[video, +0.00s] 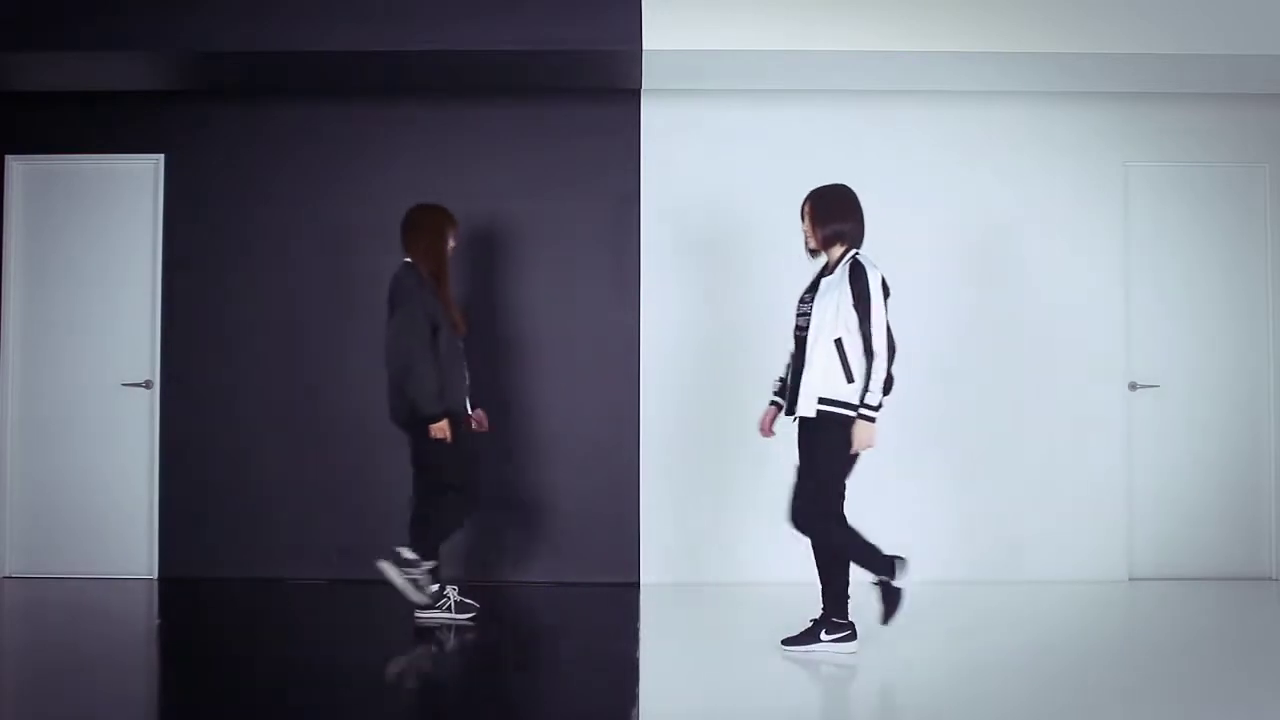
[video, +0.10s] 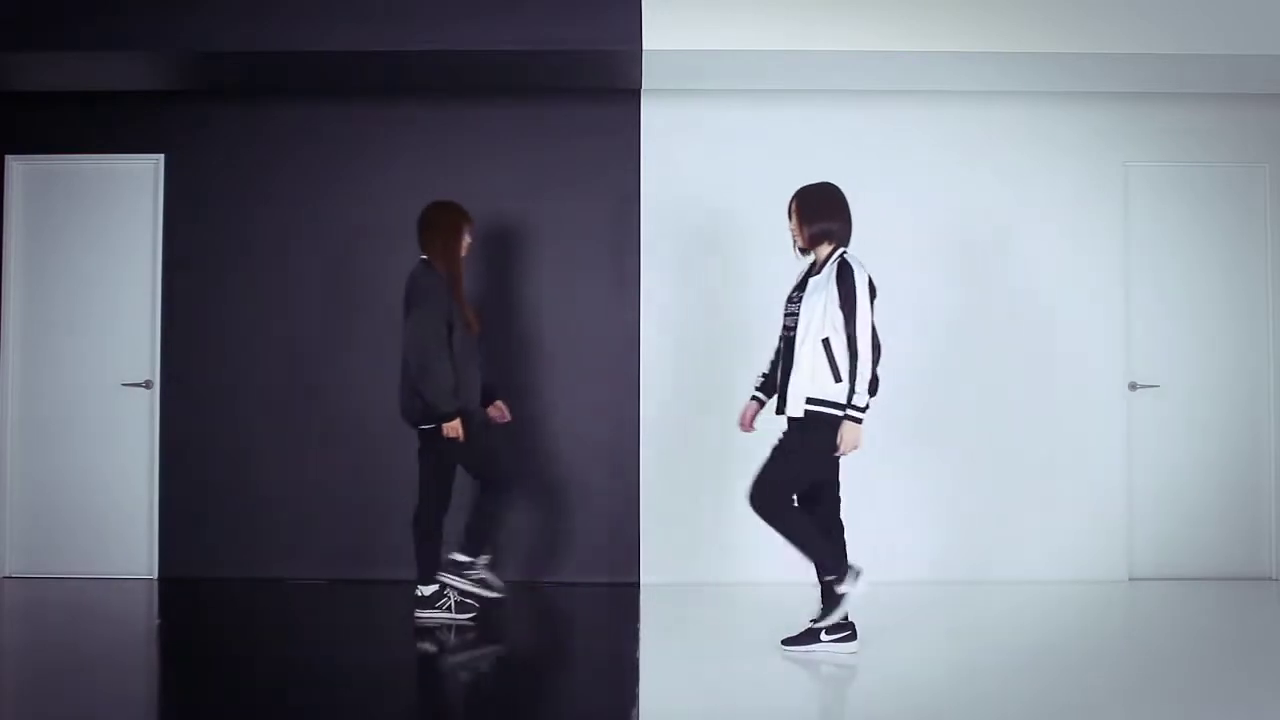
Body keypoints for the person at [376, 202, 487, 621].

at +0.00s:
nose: (453, 248)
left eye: (452, 239)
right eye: (449, 239)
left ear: (418, 241)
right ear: (433, 240)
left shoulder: (427, 283)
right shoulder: (411, 283)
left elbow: (442, 356)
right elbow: (414, 355)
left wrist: (463, 407)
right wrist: (433, 412)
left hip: (435, 412)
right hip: (428, 412)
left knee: (430, 494)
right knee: (459, 491)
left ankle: (432, 593)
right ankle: (412, 557)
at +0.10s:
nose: (469, 244)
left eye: (469, 235)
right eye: (464, 235)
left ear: (435, 236)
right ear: (447, 237)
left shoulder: (442, 280)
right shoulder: (429, 279)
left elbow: (458, 354)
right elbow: (430, 351)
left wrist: (486, 399)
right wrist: (446, 410)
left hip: (445, 411)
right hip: (439, 412)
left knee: (433, 499)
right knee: (495, 476)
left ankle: (428, 591)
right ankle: (469, 558)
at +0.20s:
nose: (485, 242)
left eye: (485, 234)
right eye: (481, 234)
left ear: (451, 237)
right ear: (464, 237)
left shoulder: (456, 279)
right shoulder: (447, 280)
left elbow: (471, 351)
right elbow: (441, 350)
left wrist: (497, 397)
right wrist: (458, 411)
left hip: (448, 412)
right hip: (457, 412)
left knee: (439, 500)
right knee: (516, 471)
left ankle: (429, 592)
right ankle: (511, 568)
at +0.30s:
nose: (500, 247)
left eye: (500, 239)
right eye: (495, 239)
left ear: (469, 244)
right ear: (476, 243)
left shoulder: (472, 282)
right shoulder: (464, 284)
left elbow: (483, 355)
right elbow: (457, 355)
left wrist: (501, 406)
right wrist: (473, 416)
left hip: (464, 417)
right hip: (470, 418)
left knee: (445, 504)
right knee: (521, 485)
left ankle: (429, 593)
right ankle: (548, 574)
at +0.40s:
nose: (518, 252)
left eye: (517, 243)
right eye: (512, 244)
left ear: (482, 248)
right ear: (495, 248)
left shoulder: (480, 286)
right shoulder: (485, 289)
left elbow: (482, 358)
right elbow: (481, 358)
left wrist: (497, 417)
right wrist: (493, 421)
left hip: (470, 422)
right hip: (483, 423)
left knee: (450, 507)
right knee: (521, 504)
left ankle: (430, 592)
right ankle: (569, 582)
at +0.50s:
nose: (536, 251)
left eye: (535, 243)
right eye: (530, 243)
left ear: (502, 248)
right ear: (512, 247)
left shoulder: (504, 288)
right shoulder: (503, 291)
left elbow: (507, 361)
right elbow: (501, 361)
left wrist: (521, 420)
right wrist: (514, 424)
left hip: (498, 422)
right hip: (501, 423)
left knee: (465, 504)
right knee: (533, 507)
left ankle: (432, 587)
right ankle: (574, 586)